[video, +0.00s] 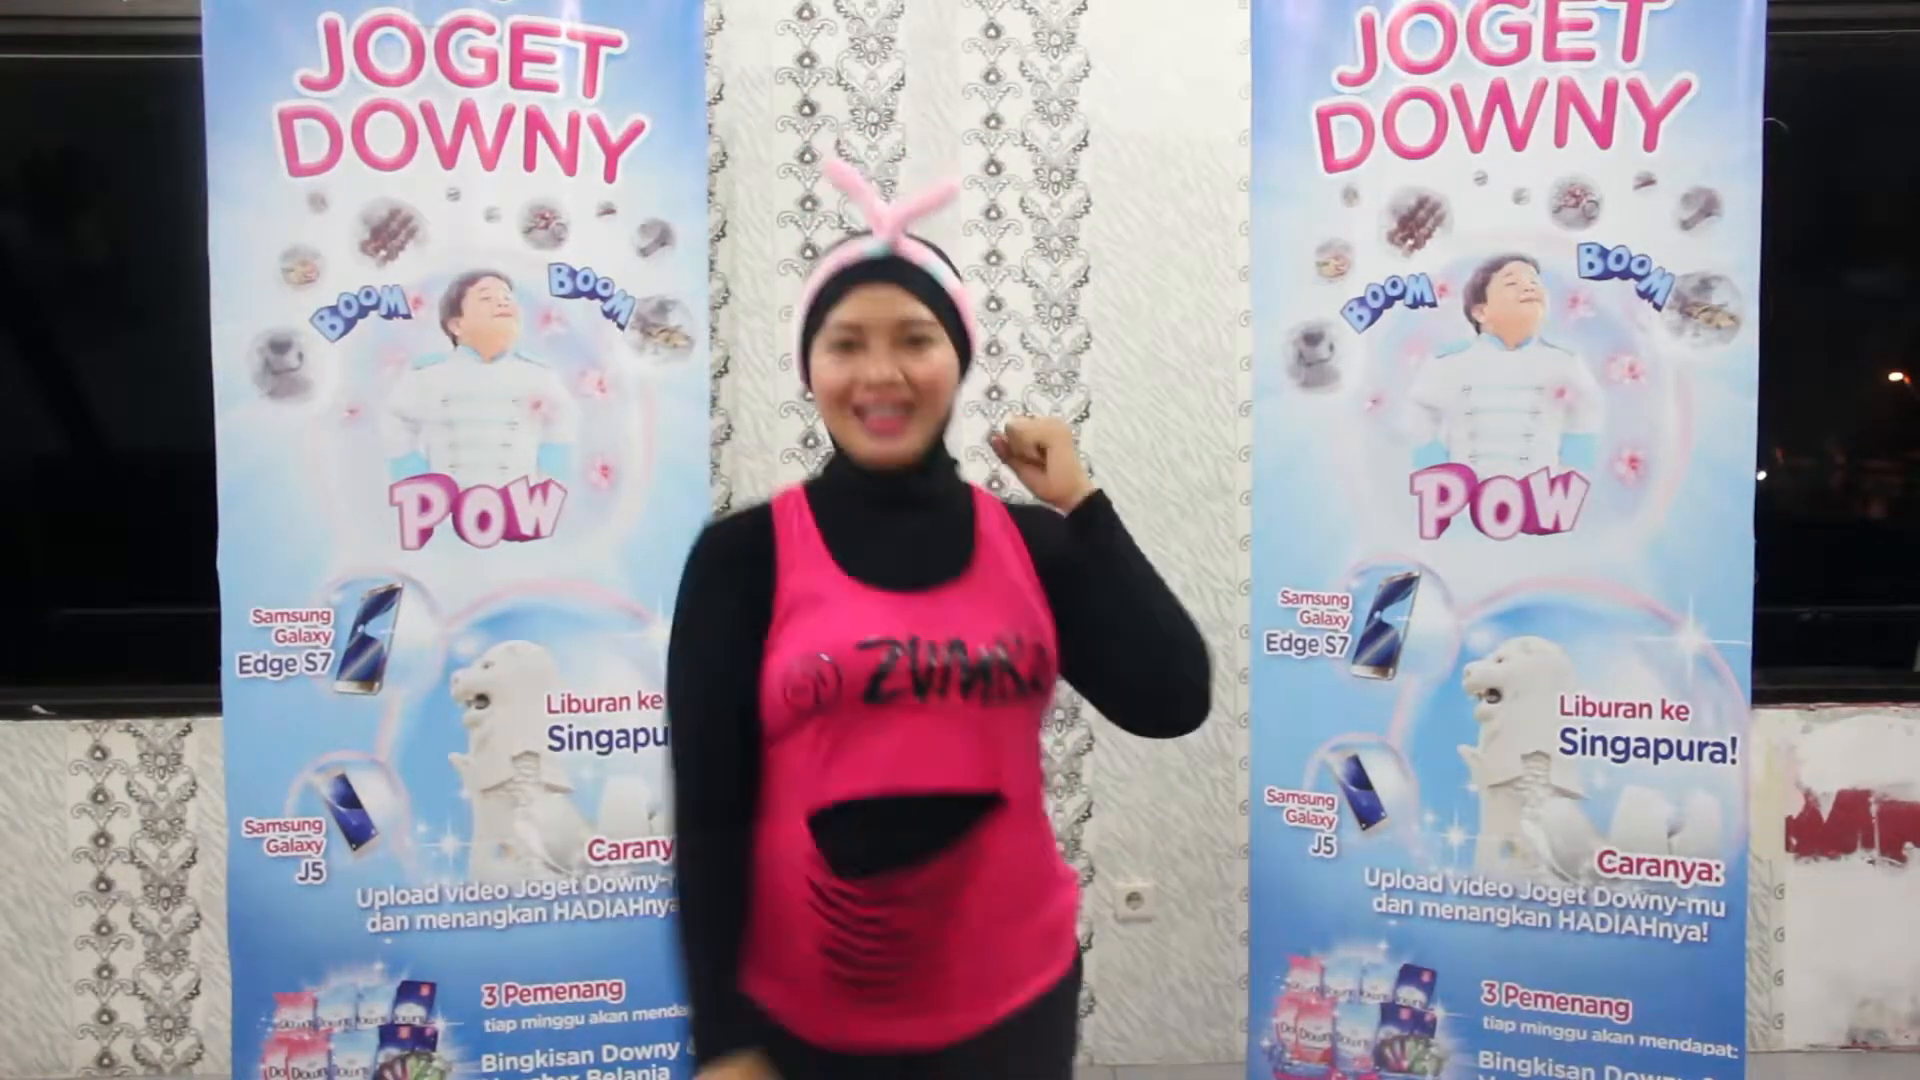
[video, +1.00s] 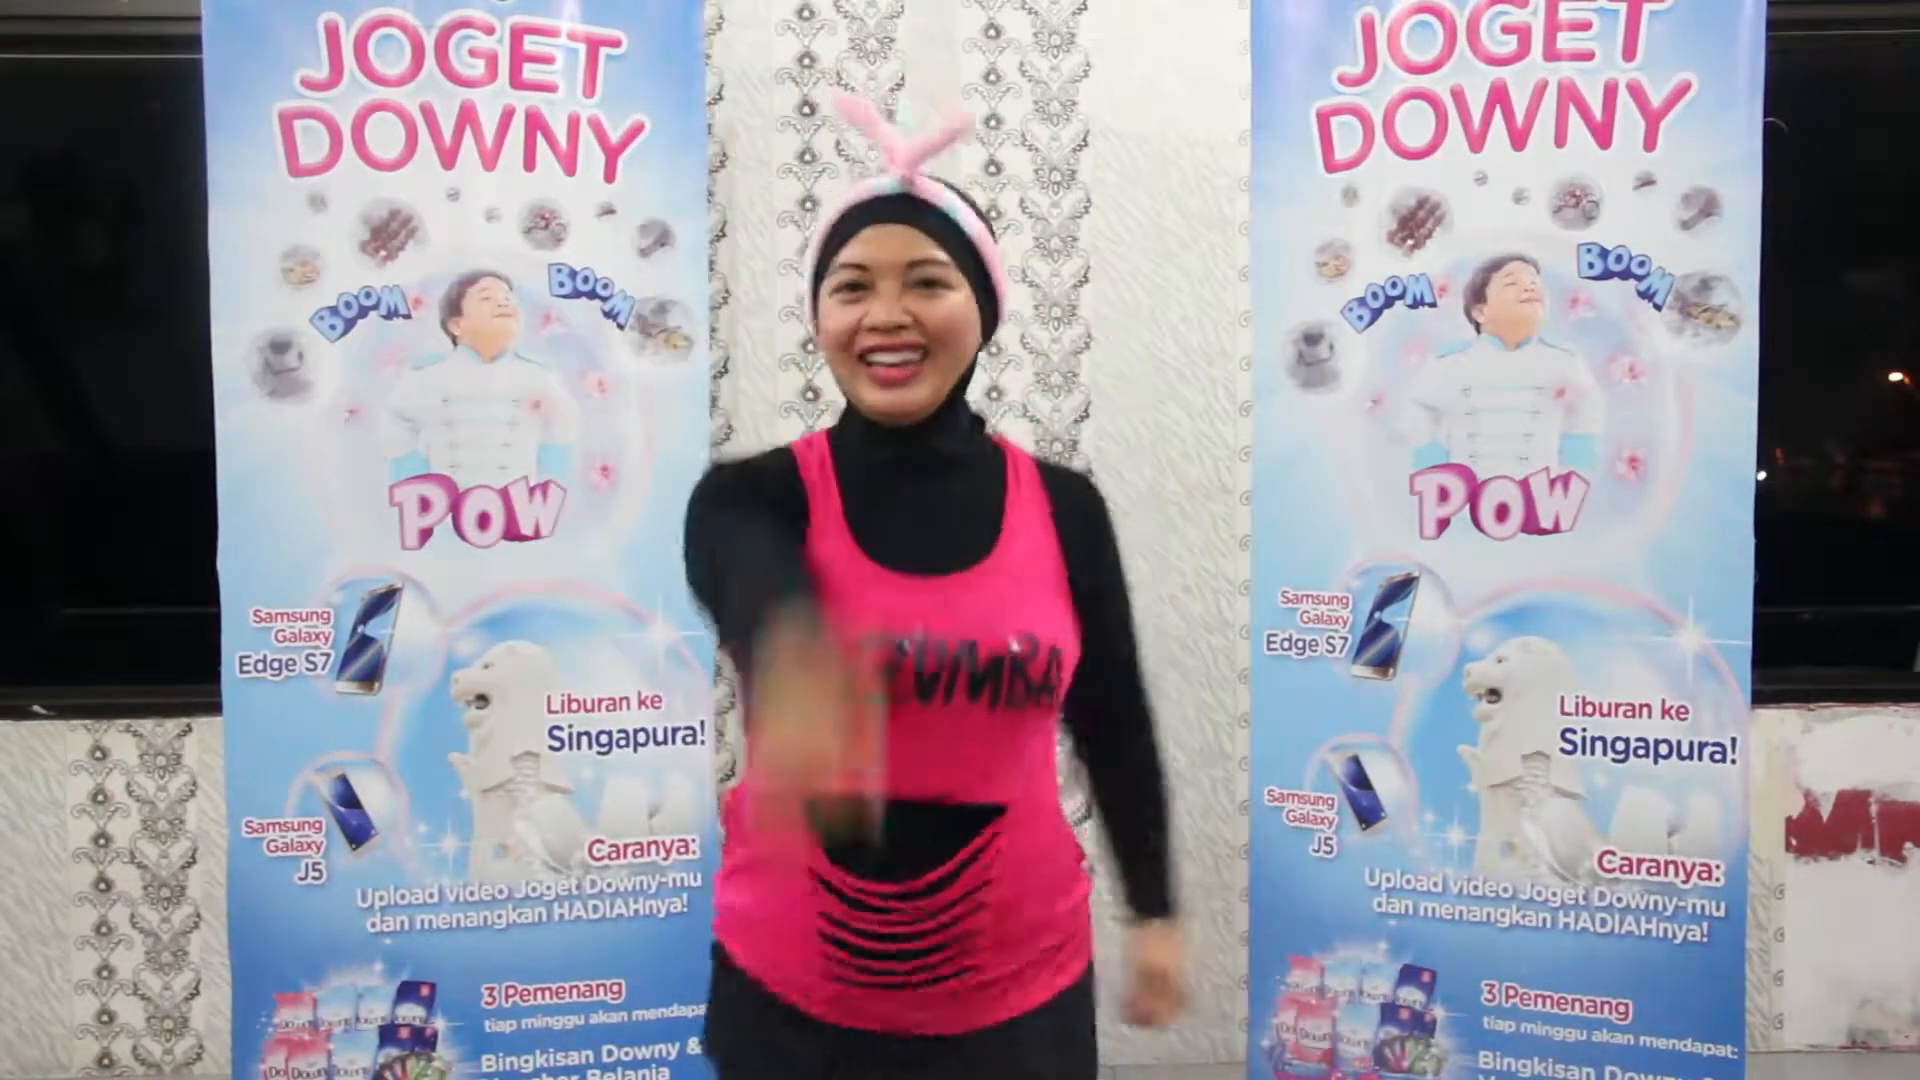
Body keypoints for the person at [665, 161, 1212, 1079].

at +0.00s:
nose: (881, 373)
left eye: (913, 341)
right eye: (847, 344)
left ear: (960, 366)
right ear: (810, 372)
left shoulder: (1029, 543)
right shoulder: (743, 556)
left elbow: (1173, 704)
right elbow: (710, 804)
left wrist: (1082, 505)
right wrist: (720, 1031)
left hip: (1005, 1011)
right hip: (805, 1015)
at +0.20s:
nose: (893, 303)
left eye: (924, 270)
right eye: (856, 276)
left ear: (979, 300)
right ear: (817, 315)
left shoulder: (1050, 473)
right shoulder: (754, 491)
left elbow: (1176, 561)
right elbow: (697, 664)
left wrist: (1080, 331)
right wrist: (571, 791)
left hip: (1009, 970)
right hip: (798, 962)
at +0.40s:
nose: (875, 275)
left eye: (909, 232)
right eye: (839, 244)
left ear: (976, 238)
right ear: (806, 265)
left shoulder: (1076, 411)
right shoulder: (776, 414)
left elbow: (1112, 623)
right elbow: (565, 489)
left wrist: (1039, 777)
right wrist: (613, 266)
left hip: (1012, 868)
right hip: (795, 861)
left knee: (1032, 1058)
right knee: (881, 1045)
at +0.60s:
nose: (851, 361)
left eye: (887, 317)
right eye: (815, 332)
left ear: (958, 331)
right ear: (787, 365)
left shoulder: (1084, 551)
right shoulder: (768, 518)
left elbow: (1151, 820)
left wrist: (1240, 1042)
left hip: (1053, 1004)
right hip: (813, 994)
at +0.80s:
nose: (861, 283)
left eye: (898, 243)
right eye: (825, 259)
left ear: (973, 265)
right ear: (800, 296)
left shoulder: (1091, 458)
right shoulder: (774, 451)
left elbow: (1222, 657)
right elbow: (682, 339)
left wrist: (1322, 849)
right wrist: (767, 94)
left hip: (1020, 985)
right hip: (789, 972)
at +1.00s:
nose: (887, 316)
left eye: (926, 284)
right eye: (854, 289)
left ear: (984, 314)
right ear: (816, 322)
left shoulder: (1061, 507)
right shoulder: (749, 498)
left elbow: (1111, 714)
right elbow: (763, 602)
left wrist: (1154, 908)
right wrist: (802, 692)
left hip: (1017, 983)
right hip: (801, 983)